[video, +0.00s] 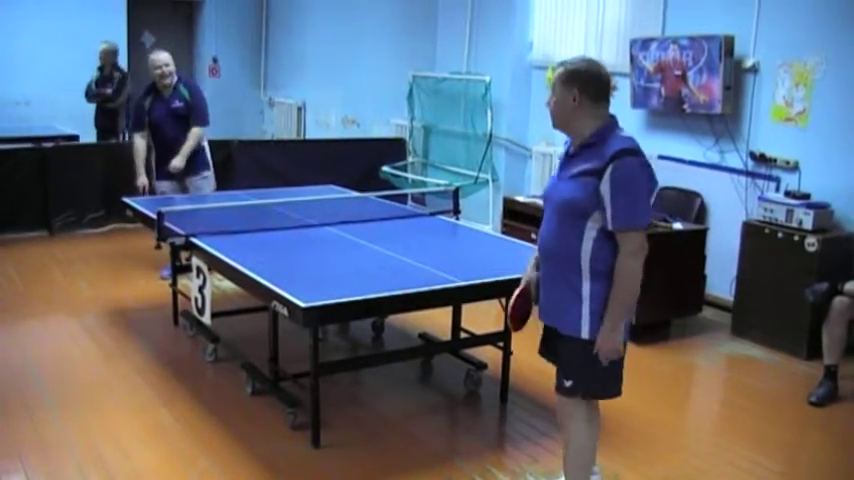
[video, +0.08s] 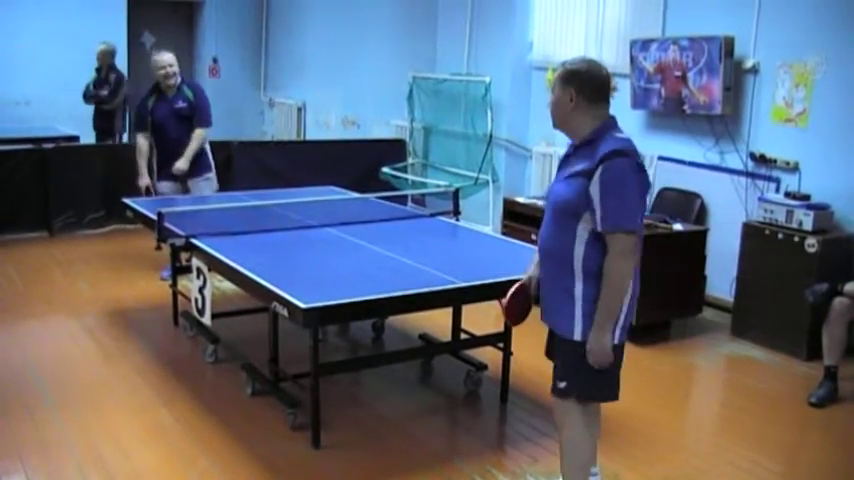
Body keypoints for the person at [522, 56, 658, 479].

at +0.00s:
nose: (548, 103)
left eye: (553, 95)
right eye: (550, 94)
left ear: (576, 99)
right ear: (580, 99)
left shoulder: (623, 161)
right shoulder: (577, 150)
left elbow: (633, 250)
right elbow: (561, 227)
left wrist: (613, 327)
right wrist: (533, 276)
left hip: (590, 316)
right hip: (564, 307)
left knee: (573, 406)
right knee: (575, 401)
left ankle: (575, 474)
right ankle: (582, 469)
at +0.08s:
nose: (550, 104)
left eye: (553, 95)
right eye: (551, 94)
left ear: (571, 98)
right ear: (586, 99)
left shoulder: (616, 162)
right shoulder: (583, 152)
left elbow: (623, 251)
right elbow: (567, 229)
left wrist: (602, 329)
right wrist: (535, 275)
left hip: (587, 318)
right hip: (569, 310)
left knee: (568, 405)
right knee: (582, 403)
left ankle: (575, 476)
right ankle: (586, 470)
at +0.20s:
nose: (549, 104)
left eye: (552, 95)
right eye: (550, 94)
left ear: (566, 98)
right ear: (597, 98)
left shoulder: (602, 164)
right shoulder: (589, 153)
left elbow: (603, 252)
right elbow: (580, 238)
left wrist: (582, 330)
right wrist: (542, 278)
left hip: (588, 319)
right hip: (586, 311)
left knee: (567, 405)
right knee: (585, 404)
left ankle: (574, 475)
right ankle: (586, 470)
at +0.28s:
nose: (549, 102)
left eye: (551, 94)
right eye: (551, 93)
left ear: (564, 99)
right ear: (601, 99)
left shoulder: (590, 163)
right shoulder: (611, 150)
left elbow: (589, 251)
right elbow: (590, 239)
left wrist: (567, 329)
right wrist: (548, 279)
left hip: (590, 318)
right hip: (606, 312)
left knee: (568, 406)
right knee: (590, 406)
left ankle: (574, 476)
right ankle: (588, 470)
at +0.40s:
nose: (548, 102)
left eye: (550, 93)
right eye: (550, 93)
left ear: (562, 98)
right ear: (601, 98)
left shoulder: (580, 160)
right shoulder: (619, 148)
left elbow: (569, 253)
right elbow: (612, 237)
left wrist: (546, 330)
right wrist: (560, 277)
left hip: (591, 310)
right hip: (618, 304)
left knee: (572, 407)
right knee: (598, 399)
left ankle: (576, 477)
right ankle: (590, 470)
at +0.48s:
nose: (550, 101)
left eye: (553, 93)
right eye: (551, 93)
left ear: (562, 97)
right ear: (603, 97)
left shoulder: (578, 158)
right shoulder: (624, 149)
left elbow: (563, 250)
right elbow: (627, 232)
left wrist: (538, 328)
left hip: (588, 311)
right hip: (622, 306)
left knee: (575, 410)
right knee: (603, 397)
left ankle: (578, 476)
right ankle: (599, 472)